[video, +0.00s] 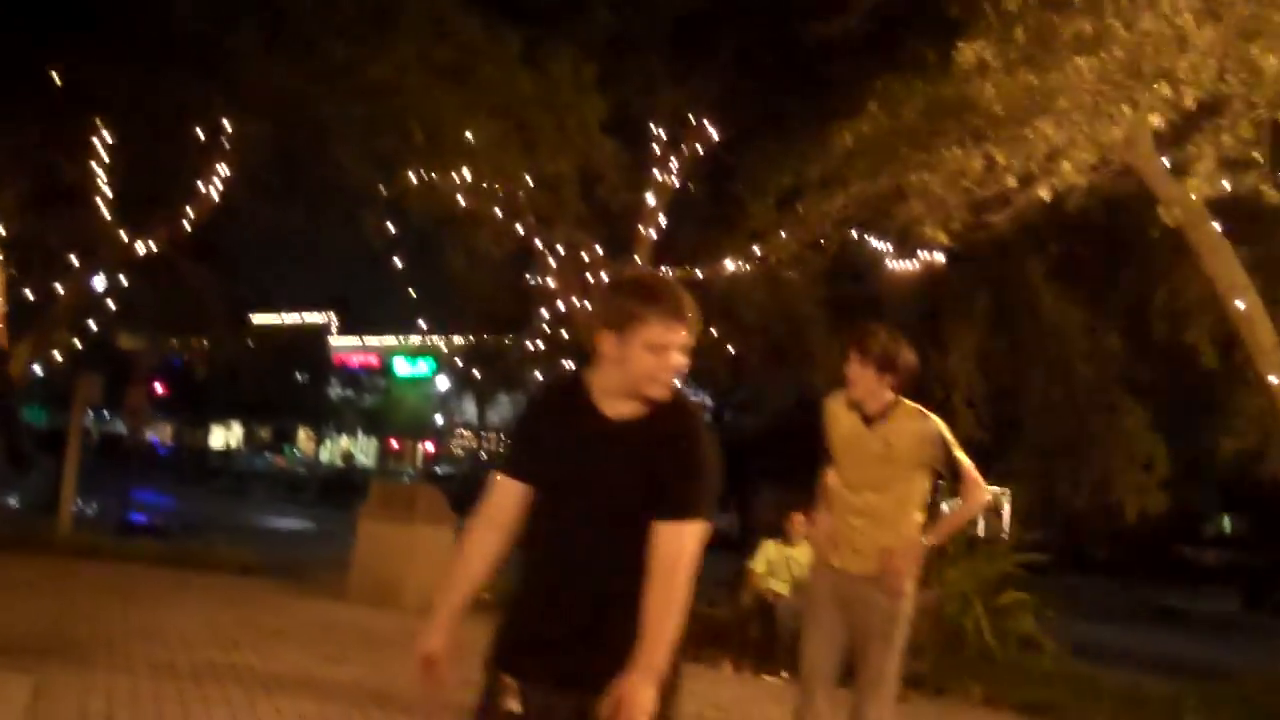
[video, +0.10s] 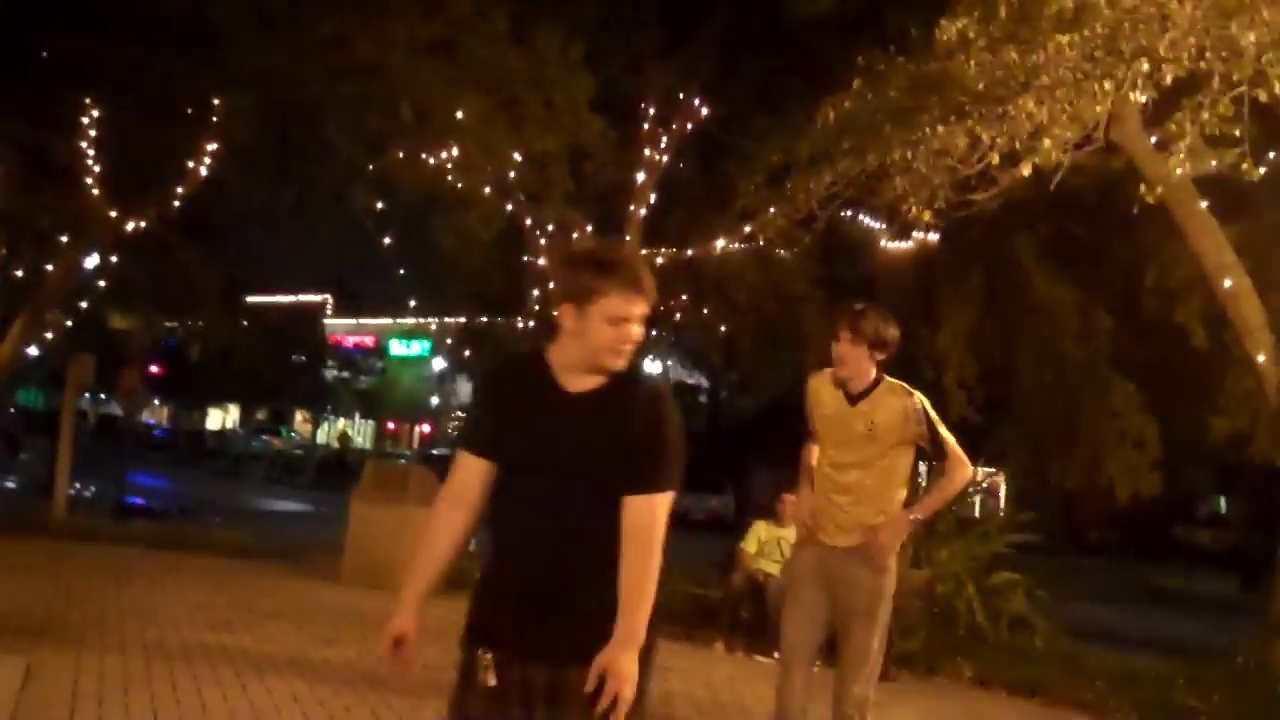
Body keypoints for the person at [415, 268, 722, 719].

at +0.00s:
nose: (677, 365)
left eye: (683, 350)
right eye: (658, 349)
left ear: (690, 350)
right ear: (607, 343)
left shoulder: (683, 435)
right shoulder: (553, 409)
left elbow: (672, 570)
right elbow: (495, 521)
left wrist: (645, 676)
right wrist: (441, 623)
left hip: (621, 671)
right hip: (530, 654)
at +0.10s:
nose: (633, 336)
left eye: (641, 322)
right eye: (618, 321)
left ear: (648, 321)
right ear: (568, 315)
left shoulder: (645, 409)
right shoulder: (508, 386)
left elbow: (643, 539)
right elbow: (459, 499)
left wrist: (626, 645)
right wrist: (409, 605)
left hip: (596, 652)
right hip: (502, 639)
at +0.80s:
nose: (587, 304)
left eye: (595, 290)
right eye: (573, 289)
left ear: (602, 291)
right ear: (526, 286)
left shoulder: (600, 371)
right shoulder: (470, 362)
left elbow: (615, 483)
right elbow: (431, 467)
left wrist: (615, 584)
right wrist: (392, 565)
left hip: (561, 608)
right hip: (467, 601)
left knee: (557, 712)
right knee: (449, 710)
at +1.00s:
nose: (530, 288)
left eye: (536, 274)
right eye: (517, 272)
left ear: (544, 274)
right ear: (466, 269)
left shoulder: (535, 354)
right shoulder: (408, 347)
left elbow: (550, 472)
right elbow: (365, 454)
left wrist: (546, 574)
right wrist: (323, 552)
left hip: (493, 598)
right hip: (400, 589)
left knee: (483, 710)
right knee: (380, 708)